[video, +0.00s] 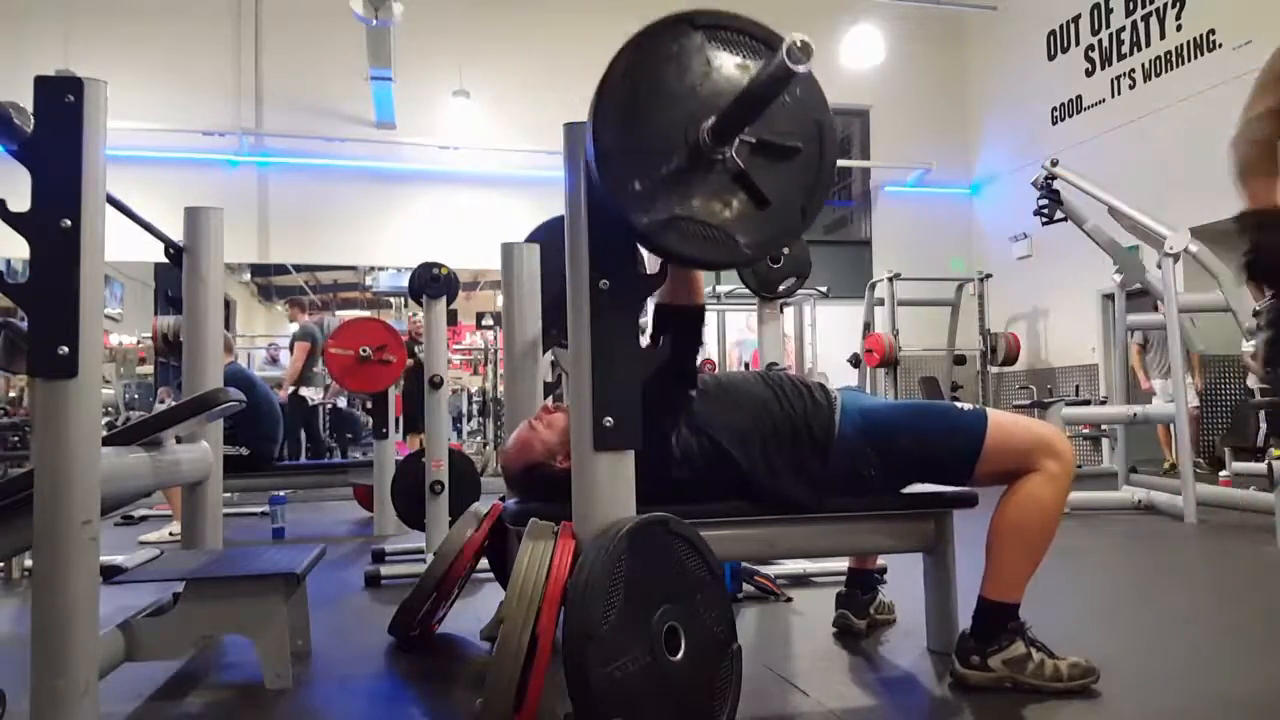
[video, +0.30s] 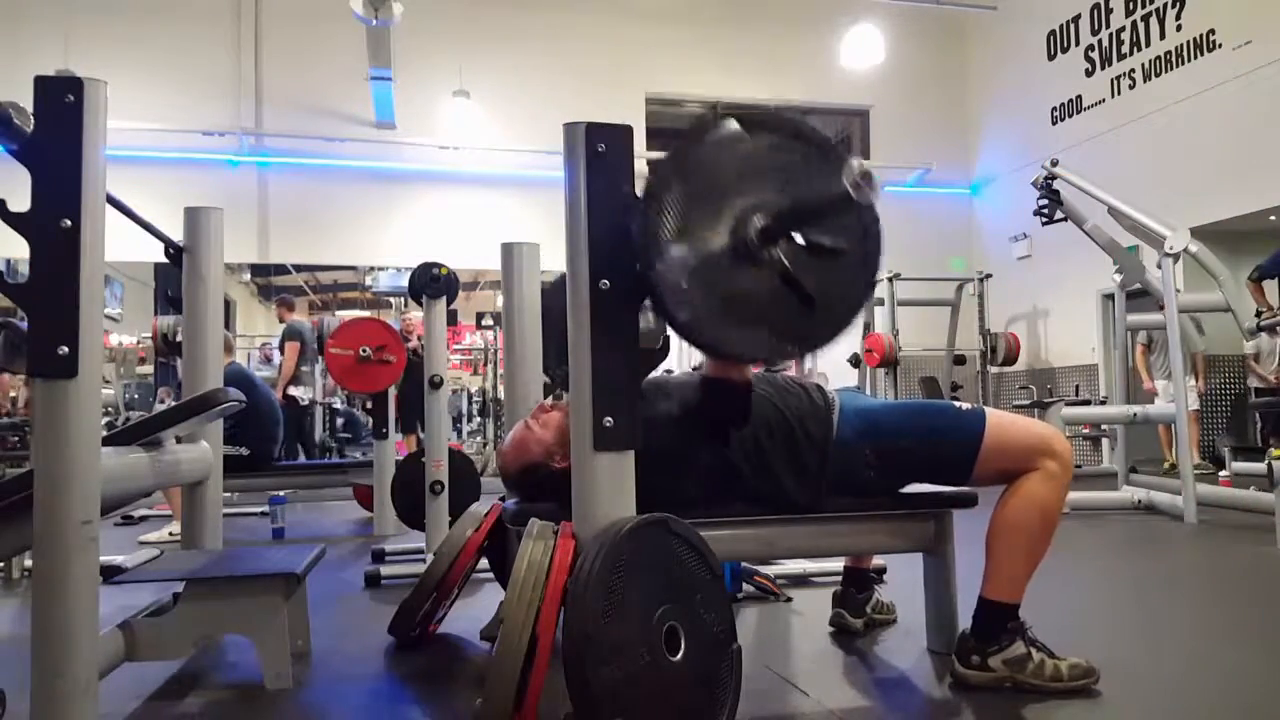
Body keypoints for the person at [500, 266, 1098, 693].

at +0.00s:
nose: (546, 410)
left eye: (534, 413)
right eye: (538, 427)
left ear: (555, 426)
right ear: (559, 466)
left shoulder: (610, 433)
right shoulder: (628, 453)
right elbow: (678, 325)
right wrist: (687, 211)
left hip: (812, 428)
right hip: (837, 438)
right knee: (1050, 451)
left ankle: (862, 591)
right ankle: (993, 639)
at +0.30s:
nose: (542, 413)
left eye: (533, 417)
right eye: (535, 427)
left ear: (548, 445)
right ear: (549, 461)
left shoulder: (603, 432)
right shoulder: (618, 443)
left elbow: (715, 392)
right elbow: (724, 394)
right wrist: (729, 283)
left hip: (805, 431)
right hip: (830, 437)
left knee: (929, 430)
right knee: (1048, 452)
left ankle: (856, 594)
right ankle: (992, 639)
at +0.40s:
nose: (537, 421)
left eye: (530, 420)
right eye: (531, 429)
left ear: (533, 440)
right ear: (533, 459)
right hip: (803, 433)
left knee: (891, 435)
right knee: (1051, 454)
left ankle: (857, 591)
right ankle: (993, 637)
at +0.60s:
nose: (542, 414)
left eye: (529, 420)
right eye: (534, 429)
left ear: (539, 439)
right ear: (545, 461)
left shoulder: (599, 430)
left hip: (774, 427)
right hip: (821, 439)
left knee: (894, 437)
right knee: (1052, 455)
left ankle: (857, 591)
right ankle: (993, 637)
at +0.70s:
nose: (543, 411)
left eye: (530, 418)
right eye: (536, 428)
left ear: (543, 424)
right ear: (550, 462)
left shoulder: (608, 420)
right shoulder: (616, 455)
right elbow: (738, 454)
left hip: (784, 430)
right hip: (833, 442)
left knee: (879, 442)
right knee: (1052, 455)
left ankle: (858, 593)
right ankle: (992, 639)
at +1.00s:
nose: (544, 408)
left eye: (533, 414)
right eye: (537, 426)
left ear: (554, 436)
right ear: (555, 458)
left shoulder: (611, 428)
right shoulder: (627, 442)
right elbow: (766, 466)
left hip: (802, 436)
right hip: (833, 447)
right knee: (1053, 456)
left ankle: (856, 595)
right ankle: (992, 639)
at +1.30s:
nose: (545, 408)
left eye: (534, 415)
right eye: (538, 426)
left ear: (554, 437)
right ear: (556, 458)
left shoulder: (615, 426)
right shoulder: (629, 445)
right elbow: (762, 464)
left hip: (805, 432)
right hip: (837, 437)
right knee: (1053, 455)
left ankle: (856, 595)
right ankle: (993, 639)